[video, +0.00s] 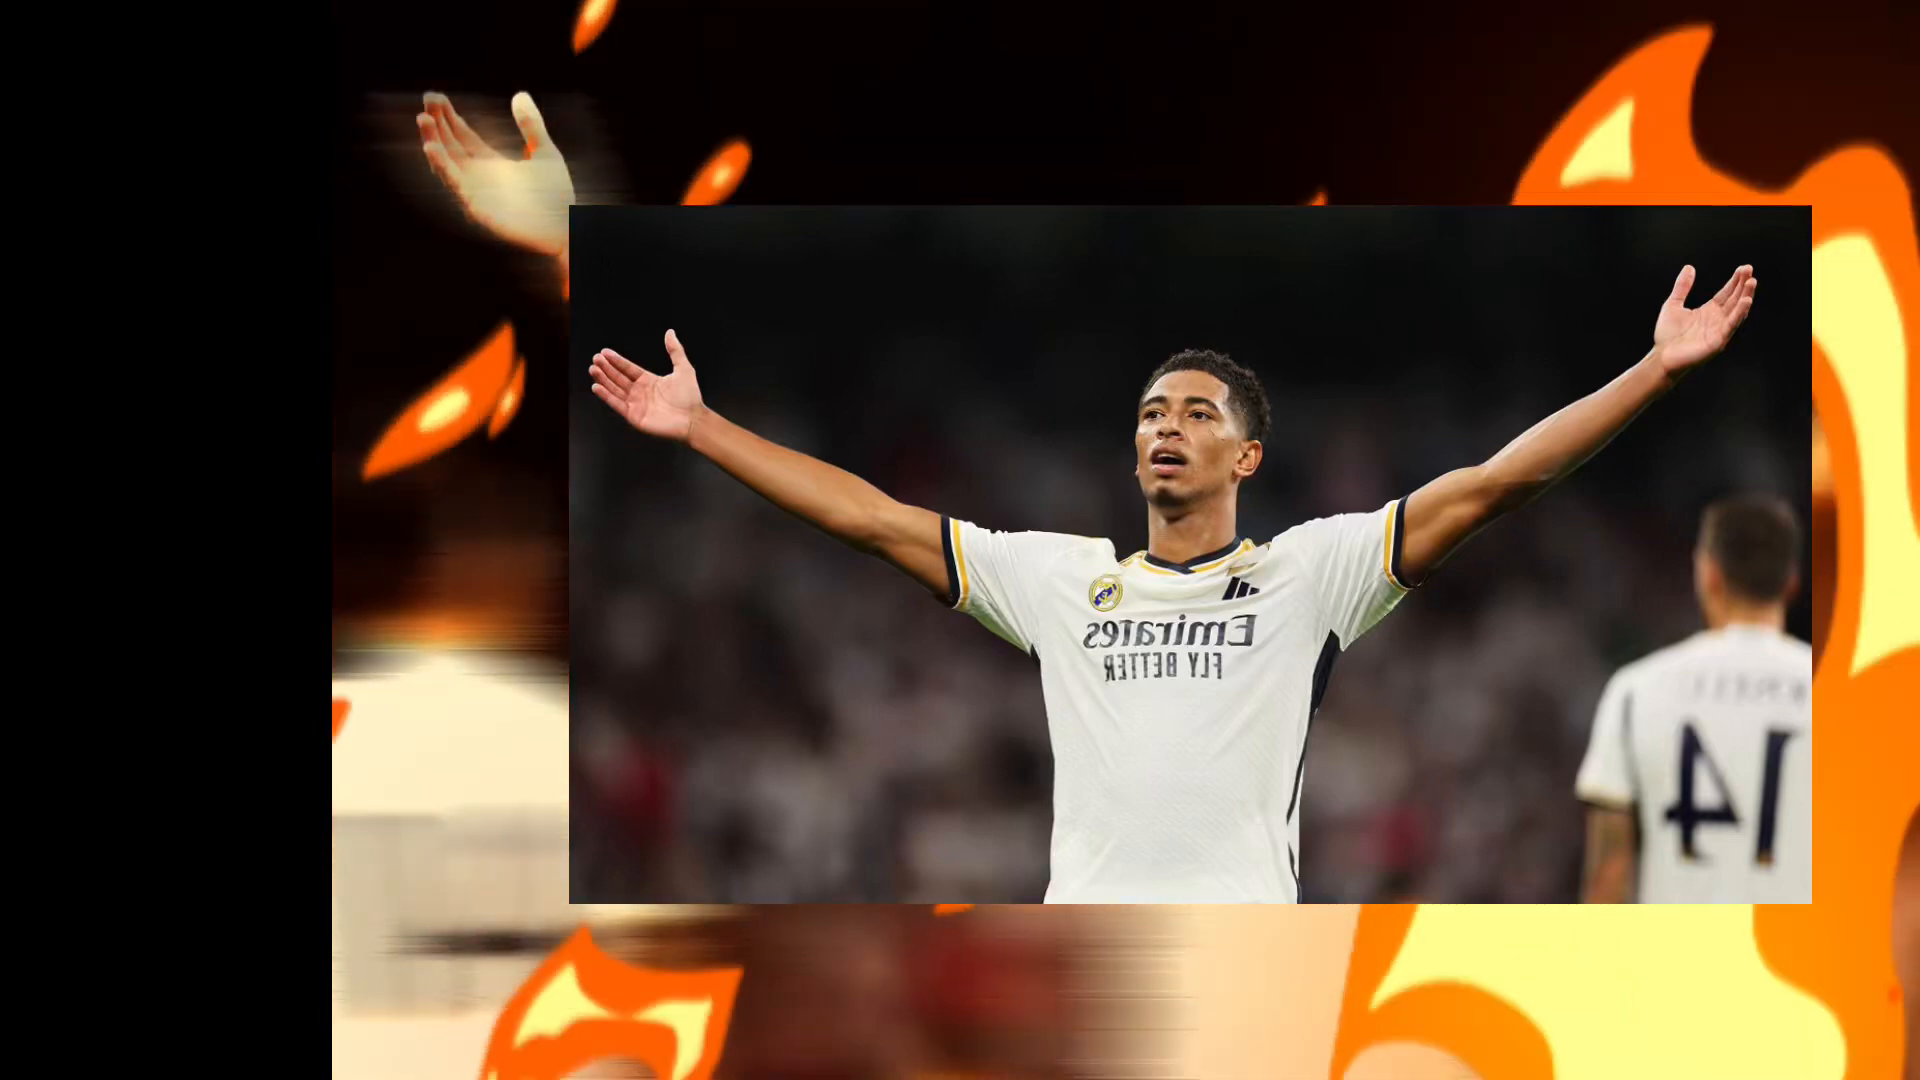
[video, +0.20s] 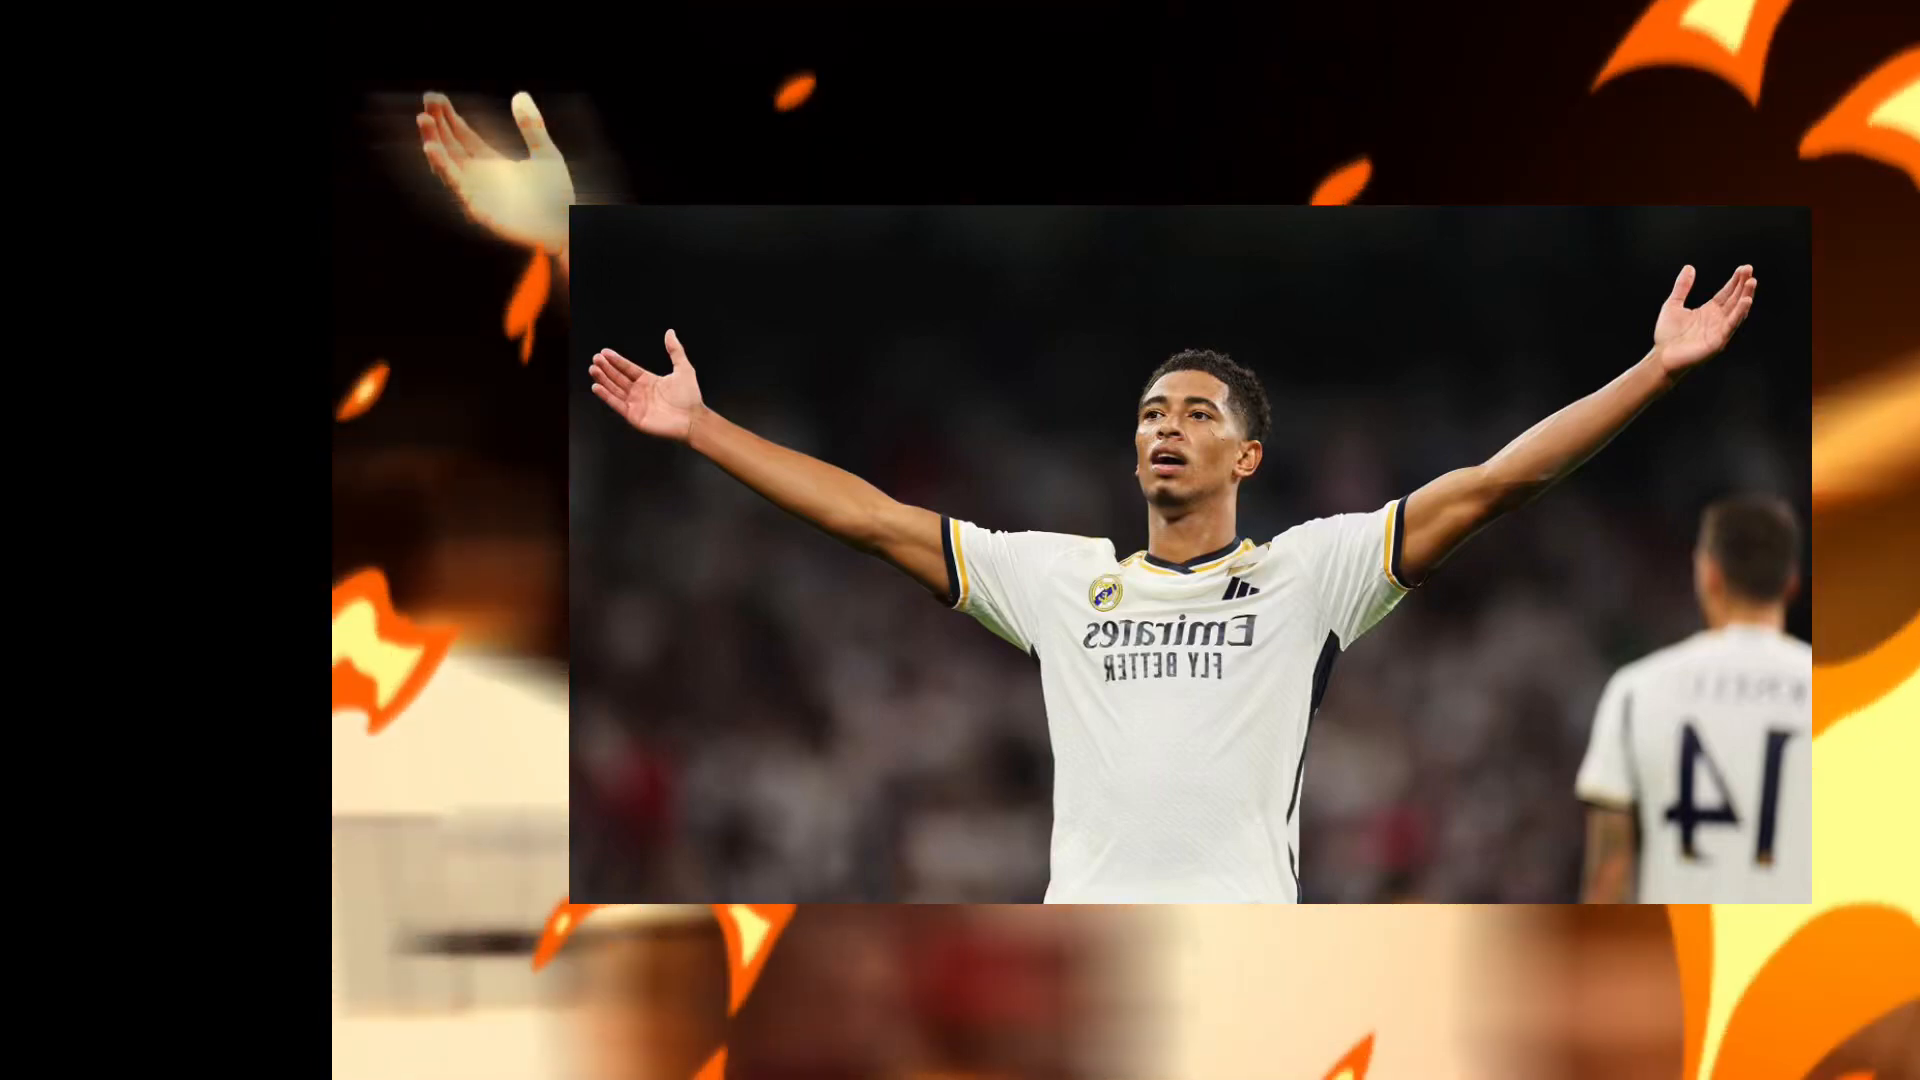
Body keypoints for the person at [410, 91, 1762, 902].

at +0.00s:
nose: (1164, 440)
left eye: (1191, 422)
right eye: (1153, 423)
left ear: (1250, 455)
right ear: (1135, 452)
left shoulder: (1311, 569)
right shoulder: (1065, 576)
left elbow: (1496, 480)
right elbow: (879, 518)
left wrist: (1658, 365)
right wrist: (702, 425)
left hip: (1253, 942)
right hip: (1084, 938)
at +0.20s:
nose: (1165, 436)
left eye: (1193, 419)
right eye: (1153, 420)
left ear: (1251, 457)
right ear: (1132, 455)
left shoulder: (1310, 570)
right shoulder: (1062, 577)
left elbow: (1496, 480)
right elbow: (877, 518)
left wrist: (1657, 367)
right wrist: (702, 426)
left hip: (1256, 942)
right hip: (1086, 938)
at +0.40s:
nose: (1165, 434)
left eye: (1193, 418)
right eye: (1153, 419)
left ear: (1252, 455)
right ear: (1135, 453)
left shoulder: (1311, 569)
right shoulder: (1065, 577)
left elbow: (1497, 479)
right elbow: (879, 518)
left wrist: (1658, 366)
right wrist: (700, 424)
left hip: (1254, 941)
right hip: (1084, 939)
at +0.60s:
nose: (1170, 430)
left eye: (1199, 415)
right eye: (1155, 415)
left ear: (1248, 451)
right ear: (1133, 450)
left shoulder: (1310, 569)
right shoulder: (1056, 577)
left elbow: (1493, 482)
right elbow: (876, 518)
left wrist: (1656, 366)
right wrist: (701, 428)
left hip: (1250, 945)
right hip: (1090, 945)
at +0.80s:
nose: (1171, 427)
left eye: (1200, 414)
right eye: (1156, 413)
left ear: (1248, 453)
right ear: (1133, 451)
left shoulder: (1310, 569)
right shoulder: (1056, 576)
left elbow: (1492, 483)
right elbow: (874, 518)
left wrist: (1656, 365)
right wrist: (699, 428)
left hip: (1249, 942)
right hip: (1086, 939)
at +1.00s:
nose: (1161, 437)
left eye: (1190, 421)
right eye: (1151, 421)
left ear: (1251, 456)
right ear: (1135, 452)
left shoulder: (1311, 569)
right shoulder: (1067, 577)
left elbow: (1496, 480)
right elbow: (879, 519)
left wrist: (1658, 366)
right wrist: (702, 426)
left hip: (1251, 940)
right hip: (1084, 936)